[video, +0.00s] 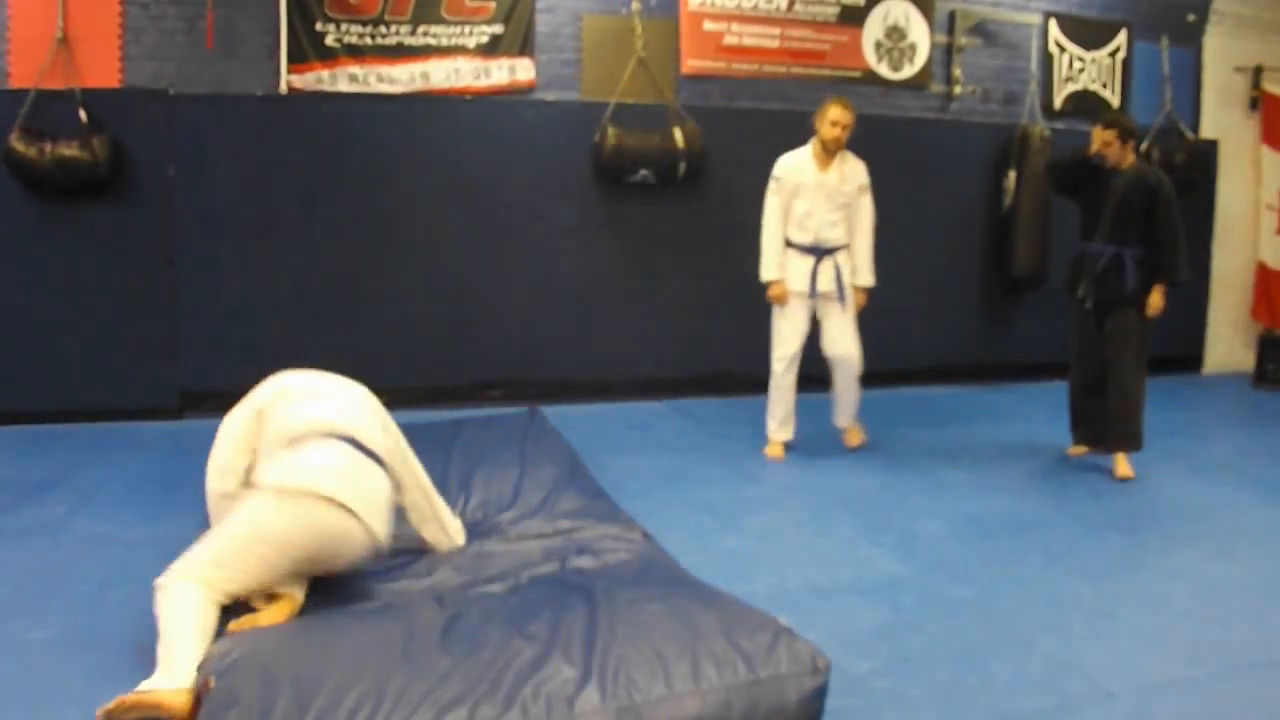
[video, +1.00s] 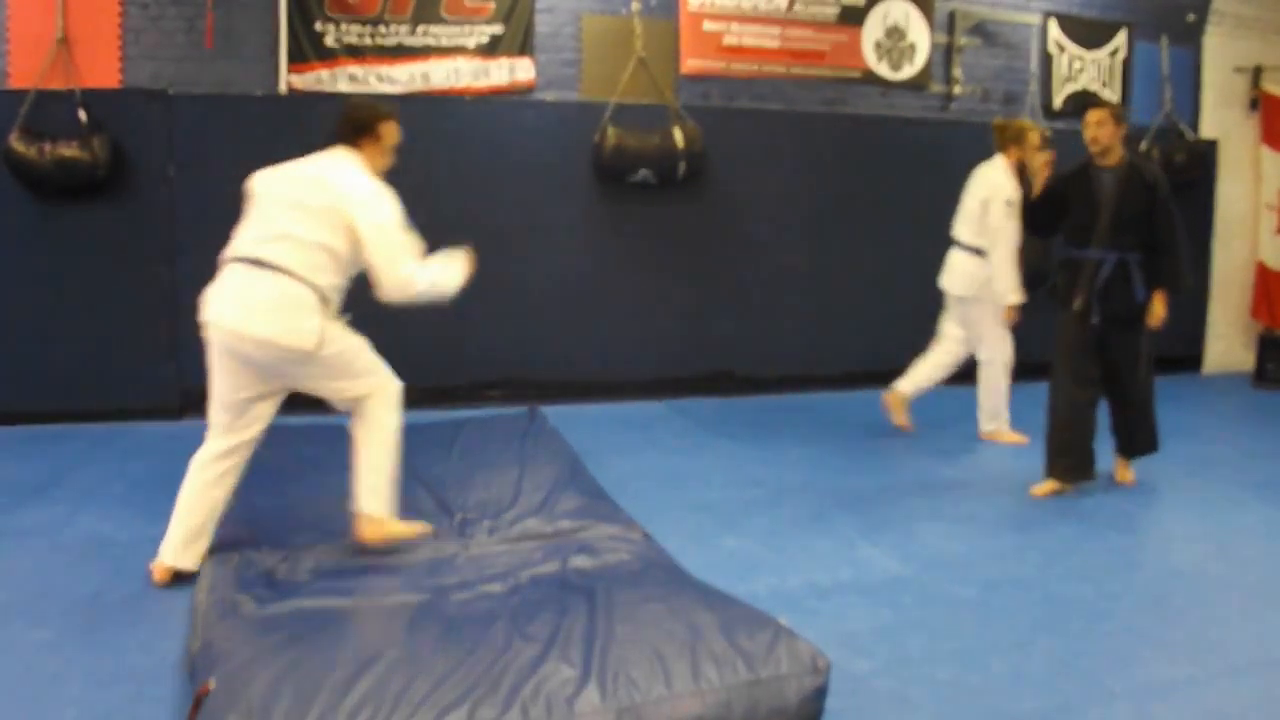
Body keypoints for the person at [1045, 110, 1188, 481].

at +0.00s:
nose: (1098, 152)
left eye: (1105, 145)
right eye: (1096, 145)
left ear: (1125, 144)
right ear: (1097, 146)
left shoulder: (1152, 182)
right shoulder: (1093, 176)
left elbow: (1167, 239)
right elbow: (1057, 177)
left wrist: (1160, 284)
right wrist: (1088, 158)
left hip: (1130, 284)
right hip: (1091, 280)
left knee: (1124, 365)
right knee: (1087, 360)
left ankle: (1120, 448)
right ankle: (1088, 436)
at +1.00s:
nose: (1092, 133)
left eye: (1100, 126)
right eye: (1087, 126)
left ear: (1120, 130)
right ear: (1083, 132)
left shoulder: (1147, 179)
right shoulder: (1073, 179)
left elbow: (1165, 240)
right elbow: (1040, 224)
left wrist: (1161, 291)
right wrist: (1036, 187)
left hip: (1128, 293)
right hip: (1079, 291)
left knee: (1128, 378)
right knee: (1070, 381)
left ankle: (1125, 455)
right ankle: (1064, 470)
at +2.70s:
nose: (1119, 131)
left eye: (1128, 123)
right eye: (1115, 123)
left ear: (1151, 125)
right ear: (1112, 126)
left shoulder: (1178, 175)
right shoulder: (1110, 176)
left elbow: (1190, 247)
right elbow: (1090, 239)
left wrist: (1179, 308)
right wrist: (1069, 235)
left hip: (1160, 299)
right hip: (1120, 296)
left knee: (1131, 387)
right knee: (1117, 388)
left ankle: (1131, 490)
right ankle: (1118, 481)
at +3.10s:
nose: (1110, 149)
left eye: (1119, 140)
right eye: (1104, 140)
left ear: (1140, 139)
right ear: (1096, 140)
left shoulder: (1163, 190)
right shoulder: (1086, 187)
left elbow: (1186, 262)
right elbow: (1071, 250)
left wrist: (1198, 330)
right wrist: (1071, 306)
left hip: (1140, 308)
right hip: (1093, 308)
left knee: (1124, 407)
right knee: (1106, 404)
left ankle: (1120, 519)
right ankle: (1126, 486)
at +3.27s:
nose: (1111, 157)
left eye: (1121, 148)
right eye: (1105, 147)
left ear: (1142, 148)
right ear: (1096, 145)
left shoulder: (1162, 204)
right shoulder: (1070, 187)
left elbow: (1176, 277)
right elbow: (1038, 245)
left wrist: (1173, 343)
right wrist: (1031, 305)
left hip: (1122, 324)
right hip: (1066, 318)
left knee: (1110, 430)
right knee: (1051, 422)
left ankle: (1119, 534)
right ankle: (1095, 464)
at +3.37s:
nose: (1107, 164)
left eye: (1117, 154)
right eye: (1100, 152)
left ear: (1134, 153)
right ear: (1089, 149)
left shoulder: (1151, 209)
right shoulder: (1057, 189)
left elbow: (1161, 284)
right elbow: (1017, 250)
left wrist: (1153, 348)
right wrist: (1000, 315)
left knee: (1105, 439)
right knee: (1018, 426)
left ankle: (1120, 537)